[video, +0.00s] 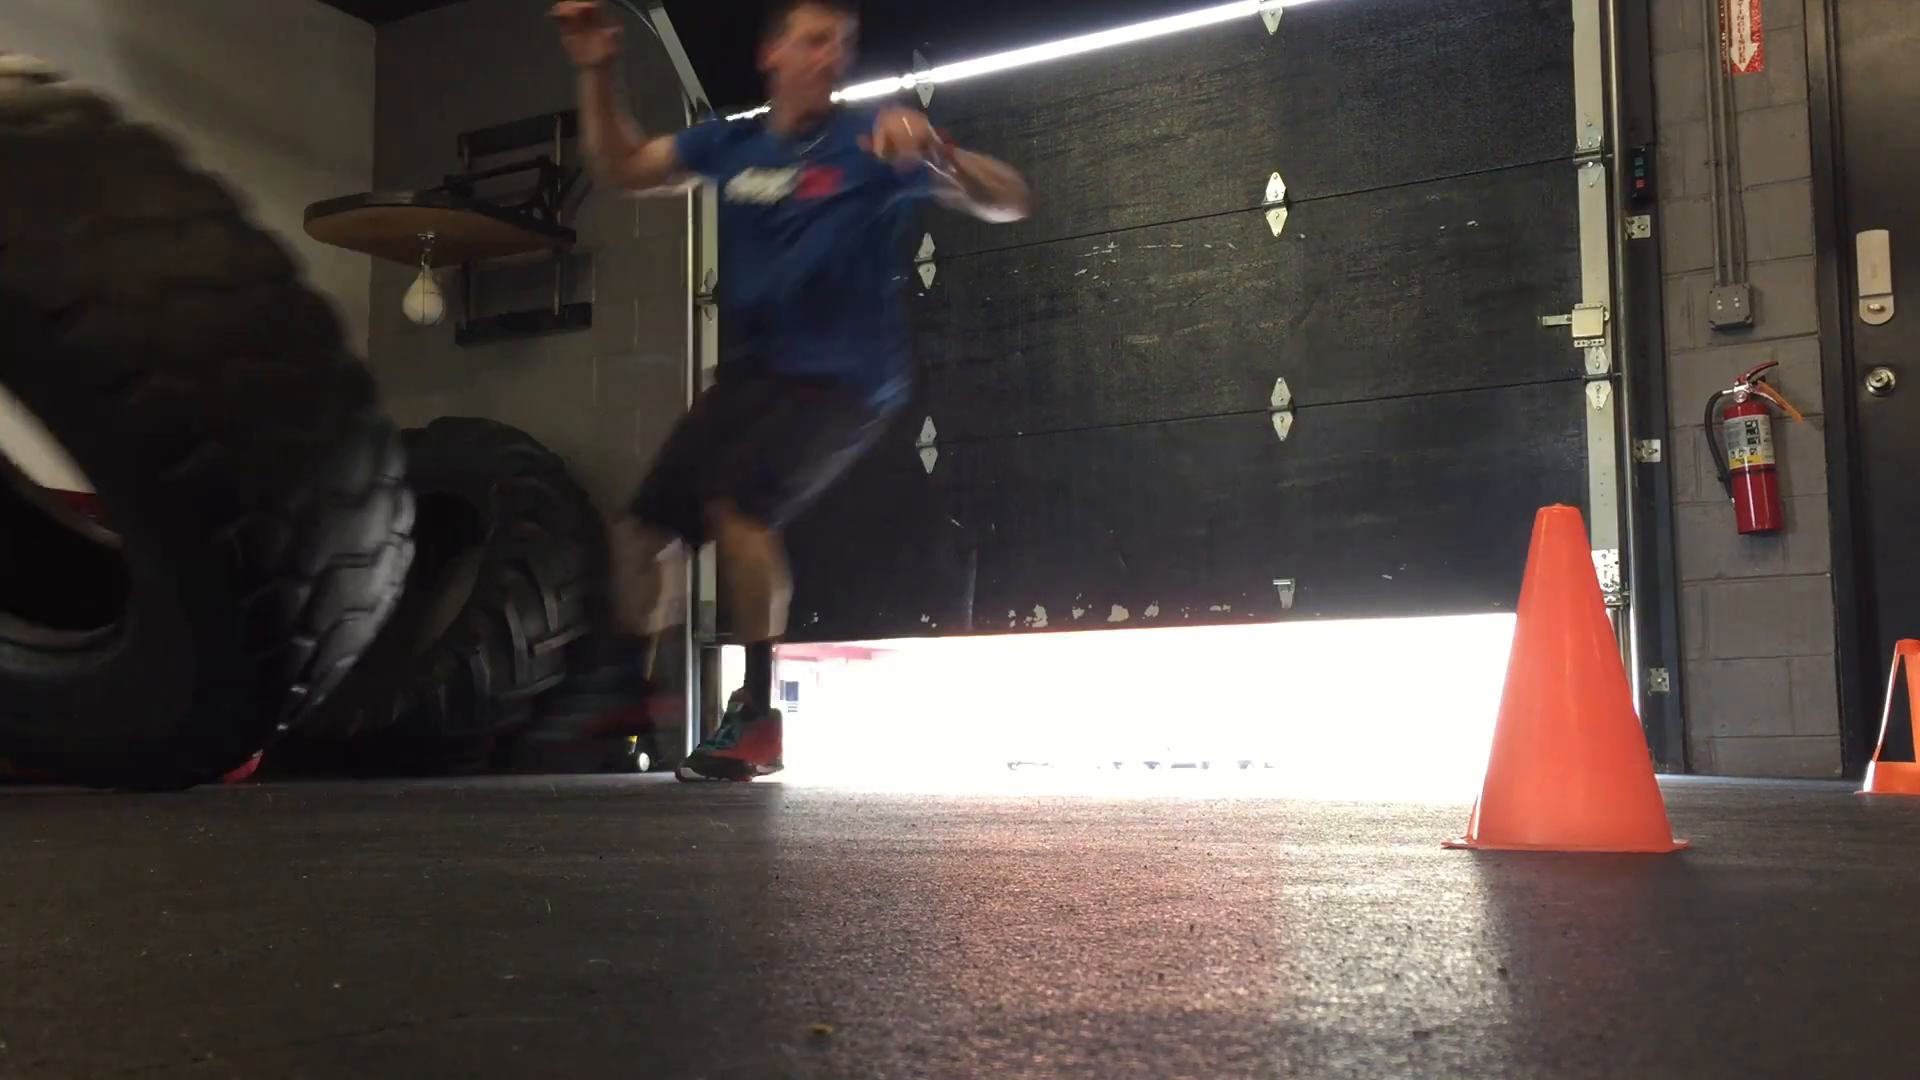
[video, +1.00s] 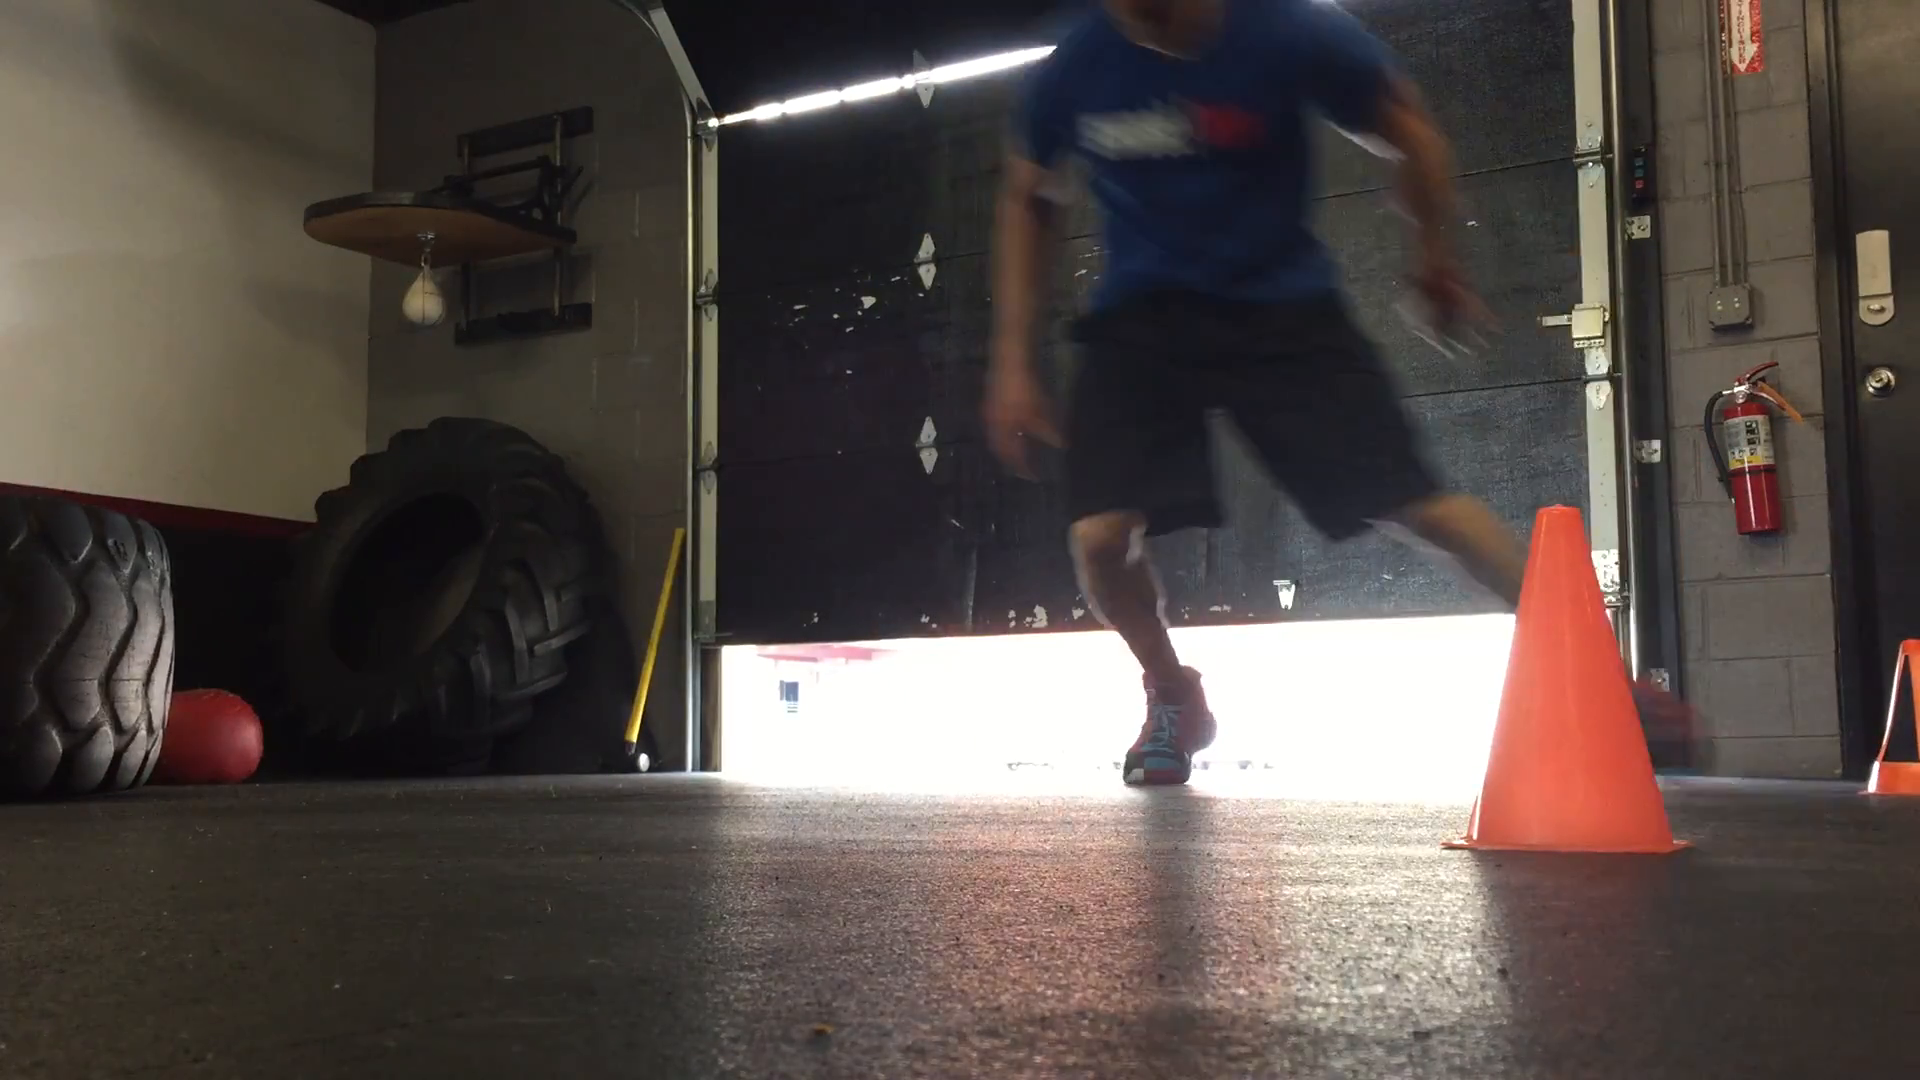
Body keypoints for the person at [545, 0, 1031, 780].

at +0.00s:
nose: (833, 56)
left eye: (842, 43)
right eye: (816, 39)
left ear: (852, 58)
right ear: (771, 53)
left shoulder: (881, 144)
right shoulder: (731, 142)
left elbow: (1013, 202)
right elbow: (621, 167)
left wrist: (938, 154)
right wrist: (596, 69)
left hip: (852, 378)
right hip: (758, 373)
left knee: (742, 508)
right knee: (643, 525)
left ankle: (756, 719)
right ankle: (633, 699)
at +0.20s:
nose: (1050, 13)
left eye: (1056, 5)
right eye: (1032, 0)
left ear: (1059, 17)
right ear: (985, 5)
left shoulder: (1083, 107)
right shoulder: (923, 87)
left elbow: (1146, 235)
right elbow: (814, 173)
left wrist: (1116, 298)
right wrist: (814, 150)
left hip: (1048, 324)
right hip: (950, 328)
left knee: (1036, 446)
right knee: (866, 510)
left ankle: (1131, 634)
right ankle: (921, 709)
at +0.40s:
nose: (1359, 69)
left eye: (1367, 52)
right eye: (1339, 46)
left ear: (1363, 64)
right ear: (1273, 42)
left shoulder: (1370, 164)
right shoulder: (1192, 138)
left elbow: (1472, 282)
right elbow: (1095, 228)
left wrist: (1559, 396)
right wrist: (1079, 311)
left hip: (1323, 406)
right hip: (1195, 405)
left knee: (1473, 529)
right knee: (1089, 574)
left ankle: (1639, 693)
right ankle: (1025, 705)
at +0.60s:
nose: (1631, 214)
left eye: (1643, 196)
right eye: (1613, 188)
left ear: (1643, 201)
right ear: (1545, 180)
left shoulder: (1634, 314)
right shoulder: (1437, 253)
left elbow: (1721, 460)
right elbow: (1290, 337)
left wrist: (1830, 583)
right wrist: (1232, 483)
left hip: (1498, 457)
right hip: (1369, 458)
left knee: (1636, 501)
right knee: (1359, 630)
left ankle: (1700, 723)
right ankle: (1253, 690)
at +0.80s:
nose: (1469, 127)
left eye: (1493, 108)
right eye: (1454, 103)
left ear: (1543, 119)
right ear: (1433, 105)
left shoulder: (1578, 221)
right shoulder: (1362, 190)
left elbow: (1631, 361)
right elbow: (1236, 277)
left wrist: (1716, 493)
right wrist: (1180, 413)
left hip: (1467, 396)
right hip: (1328, 387)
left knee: (1617, 527)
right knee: (1293, 538)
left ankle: (1694, 727)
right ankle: (1208, 671)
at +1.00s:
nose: (1162, 19)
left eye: (1174, 9)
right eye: (1147, 13)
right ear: (1121, 6)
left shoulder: (1287, 36)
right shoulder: (1074, 68)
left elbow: (1415, 134)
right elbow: (1026, 200)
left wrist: (1437, 261)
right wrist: (1011, 366)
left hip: (1285, 315)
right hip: (1141, 325)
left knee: (1421, 503)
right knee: (1100, 541)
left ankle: (1607, 676)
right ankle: (1174, 699)